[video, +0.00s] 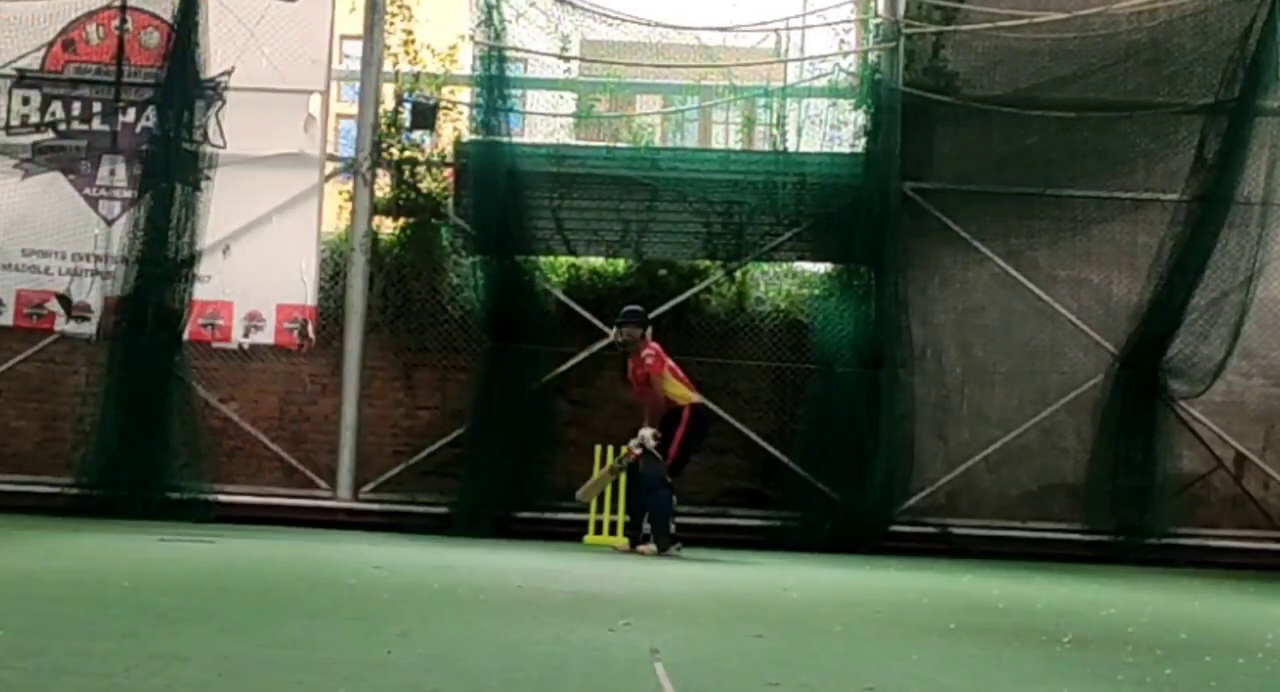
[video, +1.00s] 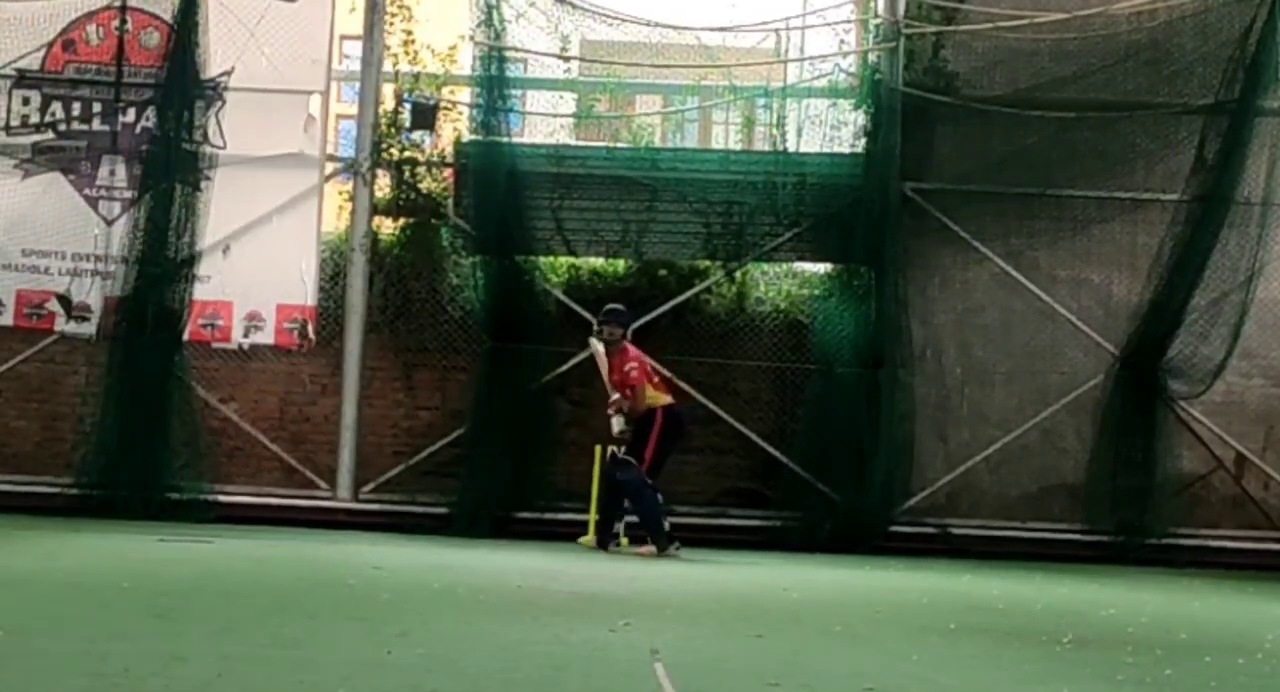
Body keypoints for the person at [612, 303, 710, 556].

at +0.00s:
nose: (628, 334)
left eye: (634, 328)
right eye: (624, 328)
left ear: (645, 331)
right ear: (619, 332)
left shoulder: (650, 355)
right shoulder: (634, 362)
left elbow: (656, 394)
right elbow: (646, 400)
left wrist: (650, 427)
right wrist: (644, 432)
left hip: (688, 408)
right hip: (669, 410)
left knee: (660, 470)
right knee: (643, 466)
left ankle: (663, 539)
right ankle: (638, 535)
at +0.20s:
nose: (629, 327)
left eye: (635, 322)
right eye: (625, 322)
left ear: (646, 325)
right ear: (620, 325)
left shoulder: (650, 353)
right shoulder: (633, 353)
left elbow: (657, 392)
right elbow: (649, 390)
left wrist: (648, 419)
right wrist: (639, 407)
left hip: (682, 406)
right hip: (664, 407)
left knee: (657, 468)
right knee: (645, 464)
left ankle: (662, 538)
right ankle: (640, 534)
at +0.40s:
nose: (627, 322)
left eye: (633, 318)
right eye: (623, 317)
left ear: (644, 322)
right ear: (619, 320)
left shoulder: (649, 350)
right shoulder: (632, 346)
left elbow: (655, 391)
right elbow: (636, 383)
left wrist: (642, 413)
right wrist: (635, 406)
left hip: (676, 405)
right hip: (658, 404)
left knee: (655, 469)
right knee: (641, 464)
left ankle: (662, 537)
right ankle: (641, 534)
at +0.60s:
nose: (625, 322)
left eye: (632, 317)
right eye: (621, 316)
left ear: (642, 321)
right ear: (616, 319)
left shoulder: (647, 350)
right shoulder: (629, 346)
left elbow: (656, 392)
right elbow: (634, 383)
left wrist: (637, 399)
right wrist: (634, 412)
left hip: (673, 405)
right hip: (655, 405)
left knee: (651, 469)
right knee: (637, 464)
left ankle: (661, 537)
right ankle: (639, 533)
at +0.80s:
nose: (622, 325)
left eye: (628, 320)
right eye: (617, 319)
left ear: (637, 324)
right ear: (611, 323)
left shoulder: (641, 353)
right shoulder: (621, 351)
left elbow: (651, 395)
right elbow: (622, 387)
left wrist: (633, 401)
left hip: (670, 407)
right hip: (650, 408)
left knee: (646, 471)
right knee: (632, 465)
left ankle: (660, 538)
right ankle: (640, 534)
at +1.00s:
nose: (609, 333)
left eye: (615, 328)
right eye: (605, 327)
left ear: (625, 331)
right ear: (599, 330)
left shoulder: (630, 360)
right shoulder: (611, 356)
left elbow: (639, 404)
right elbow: (614, 387)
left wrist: (622, 404)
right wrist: (616, 412)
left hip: (661, 411)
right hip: (642, 412)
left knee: (636, 473)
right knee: (616, 469)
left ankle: (661, 540)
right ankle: (603, 535)